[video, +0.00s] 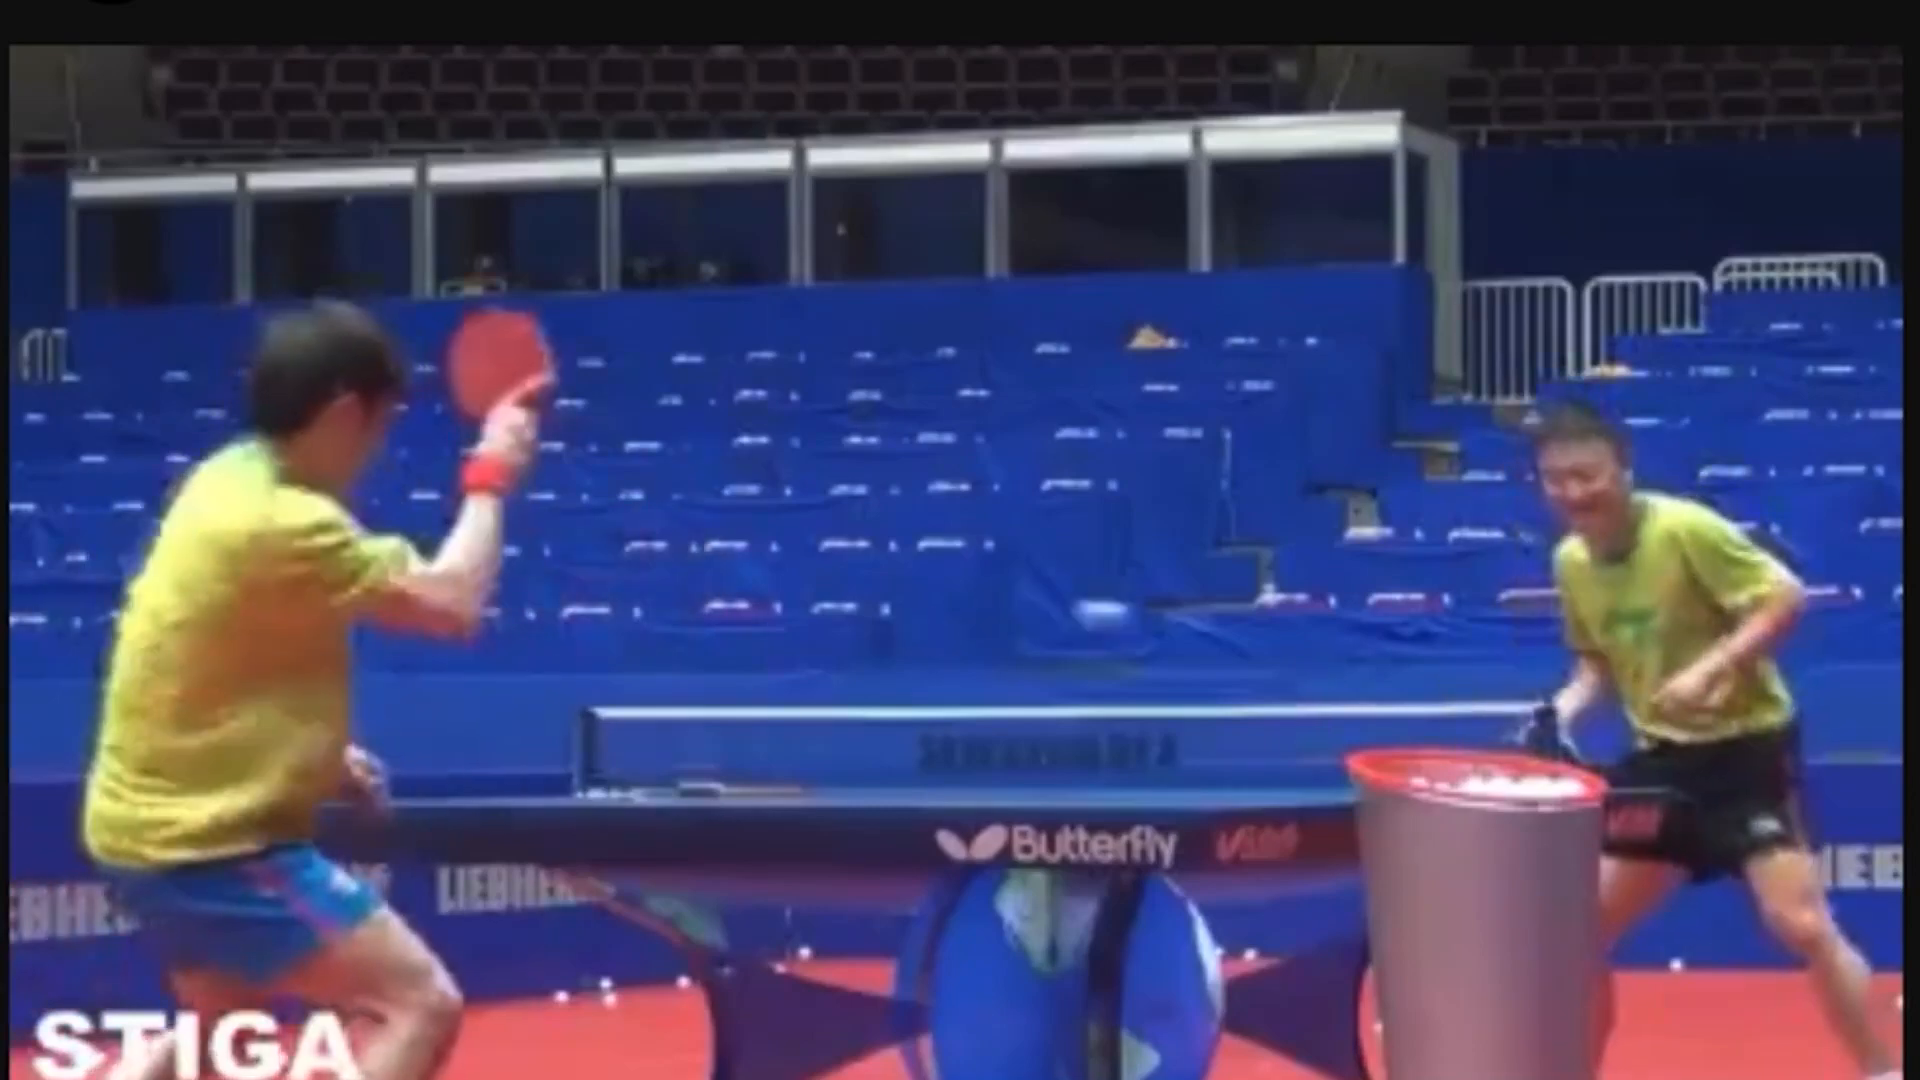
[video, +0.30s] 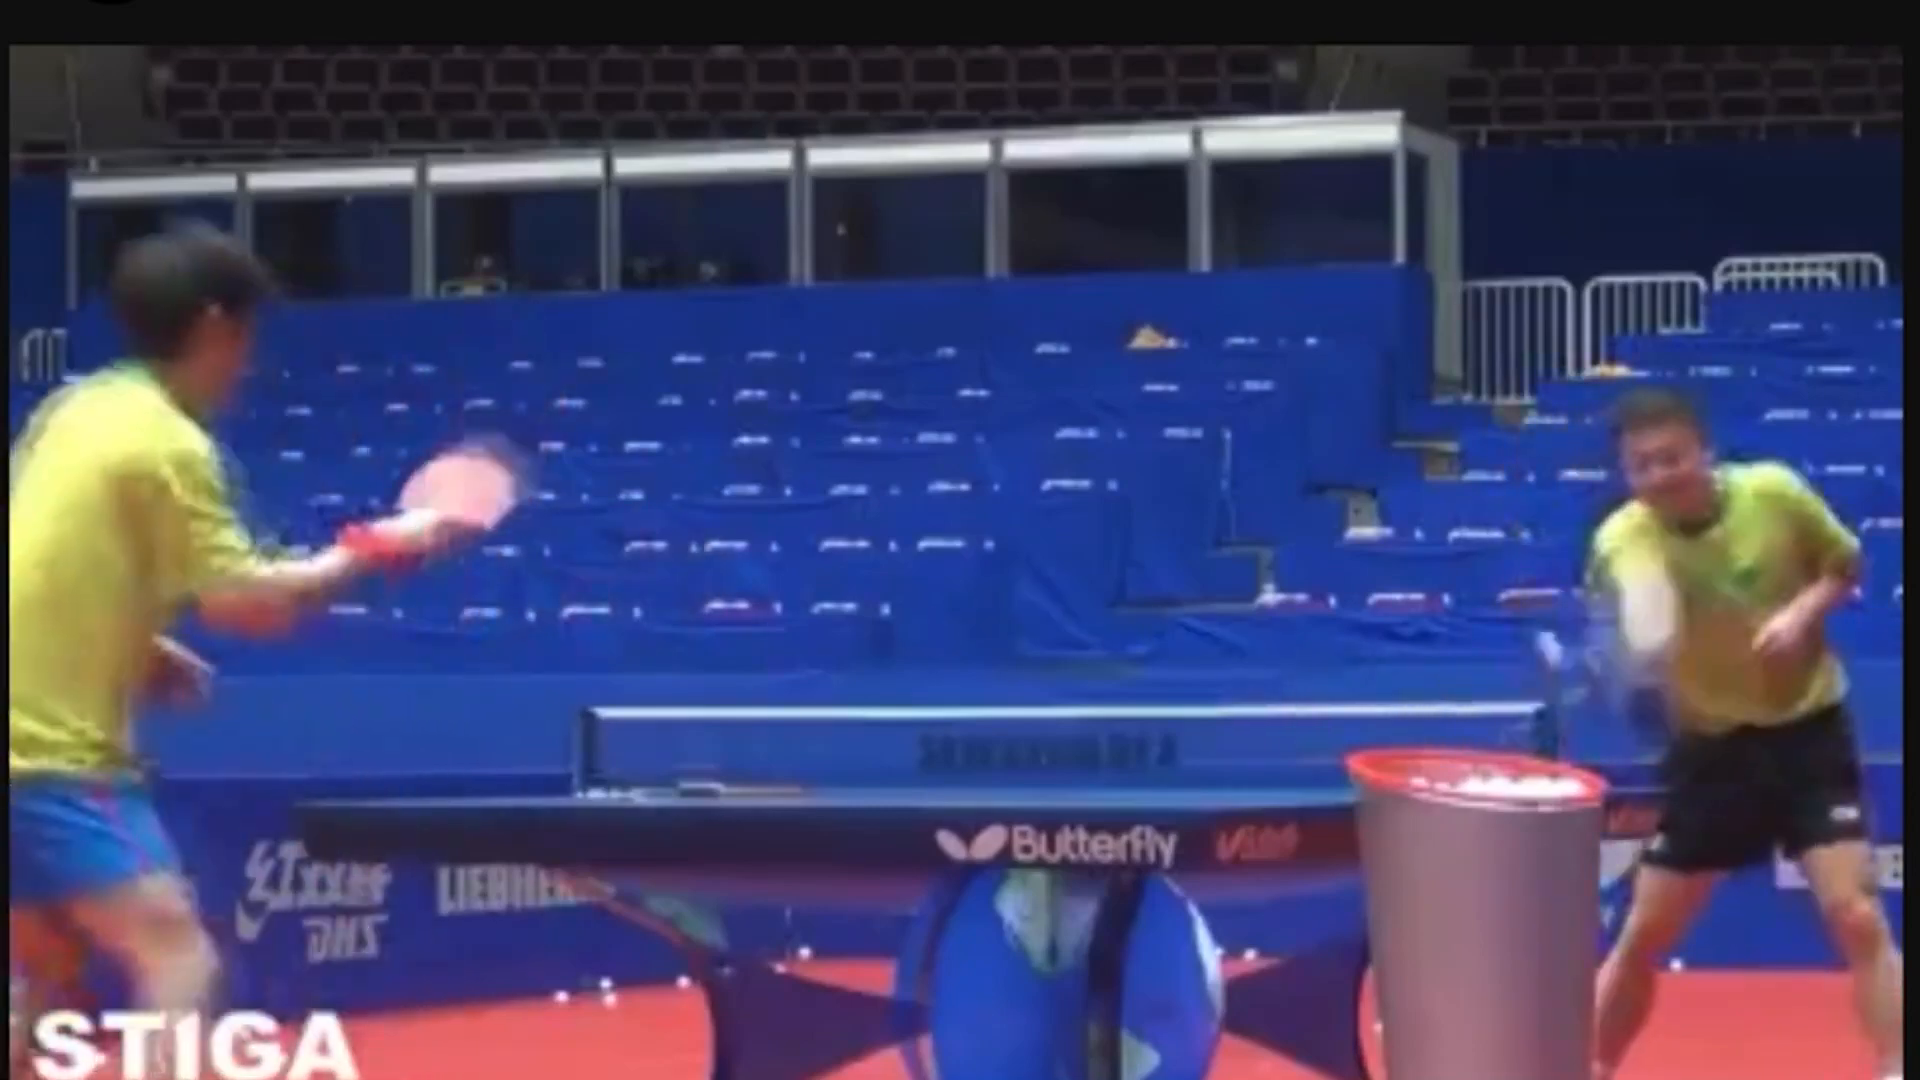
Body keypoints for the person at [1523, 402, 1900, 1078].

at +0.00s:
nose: (1577, 493)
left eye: (1590, 474)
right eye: (1561, 480)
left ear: (1623, 470)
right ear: (1546, 488)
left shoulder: (1685, 529)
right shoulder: (1572, 561)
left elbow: (1785, 594)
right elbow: (1595, 665)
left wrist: (1708, 670)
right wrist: (1558, 711)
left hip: (1747, 751)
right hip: (1662, 760)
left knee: (1802, 924)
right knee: (1578, 924)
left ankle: (1883, 1067)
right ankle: (1569, 1067)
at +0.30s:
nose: (1660, 477)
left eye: (1672, 457)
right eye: (1643, 464)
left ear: (1704, 452)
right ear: (1626, 473)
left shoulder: (1773, 492)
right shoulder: (1625, 537)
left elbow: (1846, 564)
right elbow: (1650, 637)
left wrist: (1800, 614)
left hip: (1807, 734)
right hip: (1707, 744)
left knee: (1857, 919)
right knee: (1641, 939)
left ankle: (1896, 1067)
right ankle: (1593, 1069)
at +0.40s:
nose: (1693, 460)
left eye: (1705, 442)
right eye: (1677, 446)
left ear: (1737, 435)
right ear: (1661, 451)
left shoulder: (1790, 481)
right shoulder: (1657, 516)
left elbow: (1826, 559)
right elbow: (1717, 571)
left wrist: (1811, 597)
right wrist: (1780, 592)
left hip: (1801, 733)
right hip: (1704, 743)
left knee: (1855, 923)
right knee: (1641, 934)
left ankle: (1893, 1067)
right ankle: (1592, 1066)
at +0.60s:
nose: (1801, 456)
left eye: (1815, 440)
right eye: (1787, 440)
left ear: (1841, 444)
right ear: (1766, 447)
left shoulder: (1865, 507)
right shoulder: (1745, 510)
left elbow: (1871, 604)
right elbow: (1801, 587)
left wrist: (1876, 645)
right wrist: (1878, 636)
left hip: (1826, 747)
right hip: (1728, 748)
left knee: (1887, 920)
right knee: (1649, 937)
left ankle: (1901, 1066)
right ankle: (1590, 1066)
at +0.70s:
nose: (1863, 462)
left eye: (1878, 447)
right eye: (1851, 446)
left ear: (1900, 456)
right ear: (1832, 453)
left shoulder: (1898, 528)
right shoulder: (1798, 522)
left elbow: (1892, 650)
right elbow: (1819, 641)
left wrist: (1887, 726)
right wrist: (1864, 739)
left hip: (1860, 745)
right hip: (1767, 745)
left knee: (1899, 914)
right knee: (1678, 924)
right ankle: (1606, 1057)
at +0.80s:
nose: (1893, 461)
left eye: (1904, 447)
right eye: (1885, 446)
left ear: (1913, 454)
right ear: (1866, 450)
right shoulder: (1829, 519)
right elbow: (1794, 641)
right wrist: (1798, 766)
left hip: (1878, 741)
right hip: (1786, 726)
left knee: (1903, 899)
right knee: (1707, 908)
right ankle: (1642, 1052)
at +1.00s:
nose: (1903, 425)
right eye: (1901, 413)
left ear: (1897, 422)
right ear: (1894, 416)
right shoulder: (1851, 489)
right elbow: (1767, 588)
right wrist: (1705, 698)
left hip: (1896, 722)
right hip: (1819, 711)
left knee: (1902, 897)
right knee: (1753, 897)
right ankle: (1705, 1056)